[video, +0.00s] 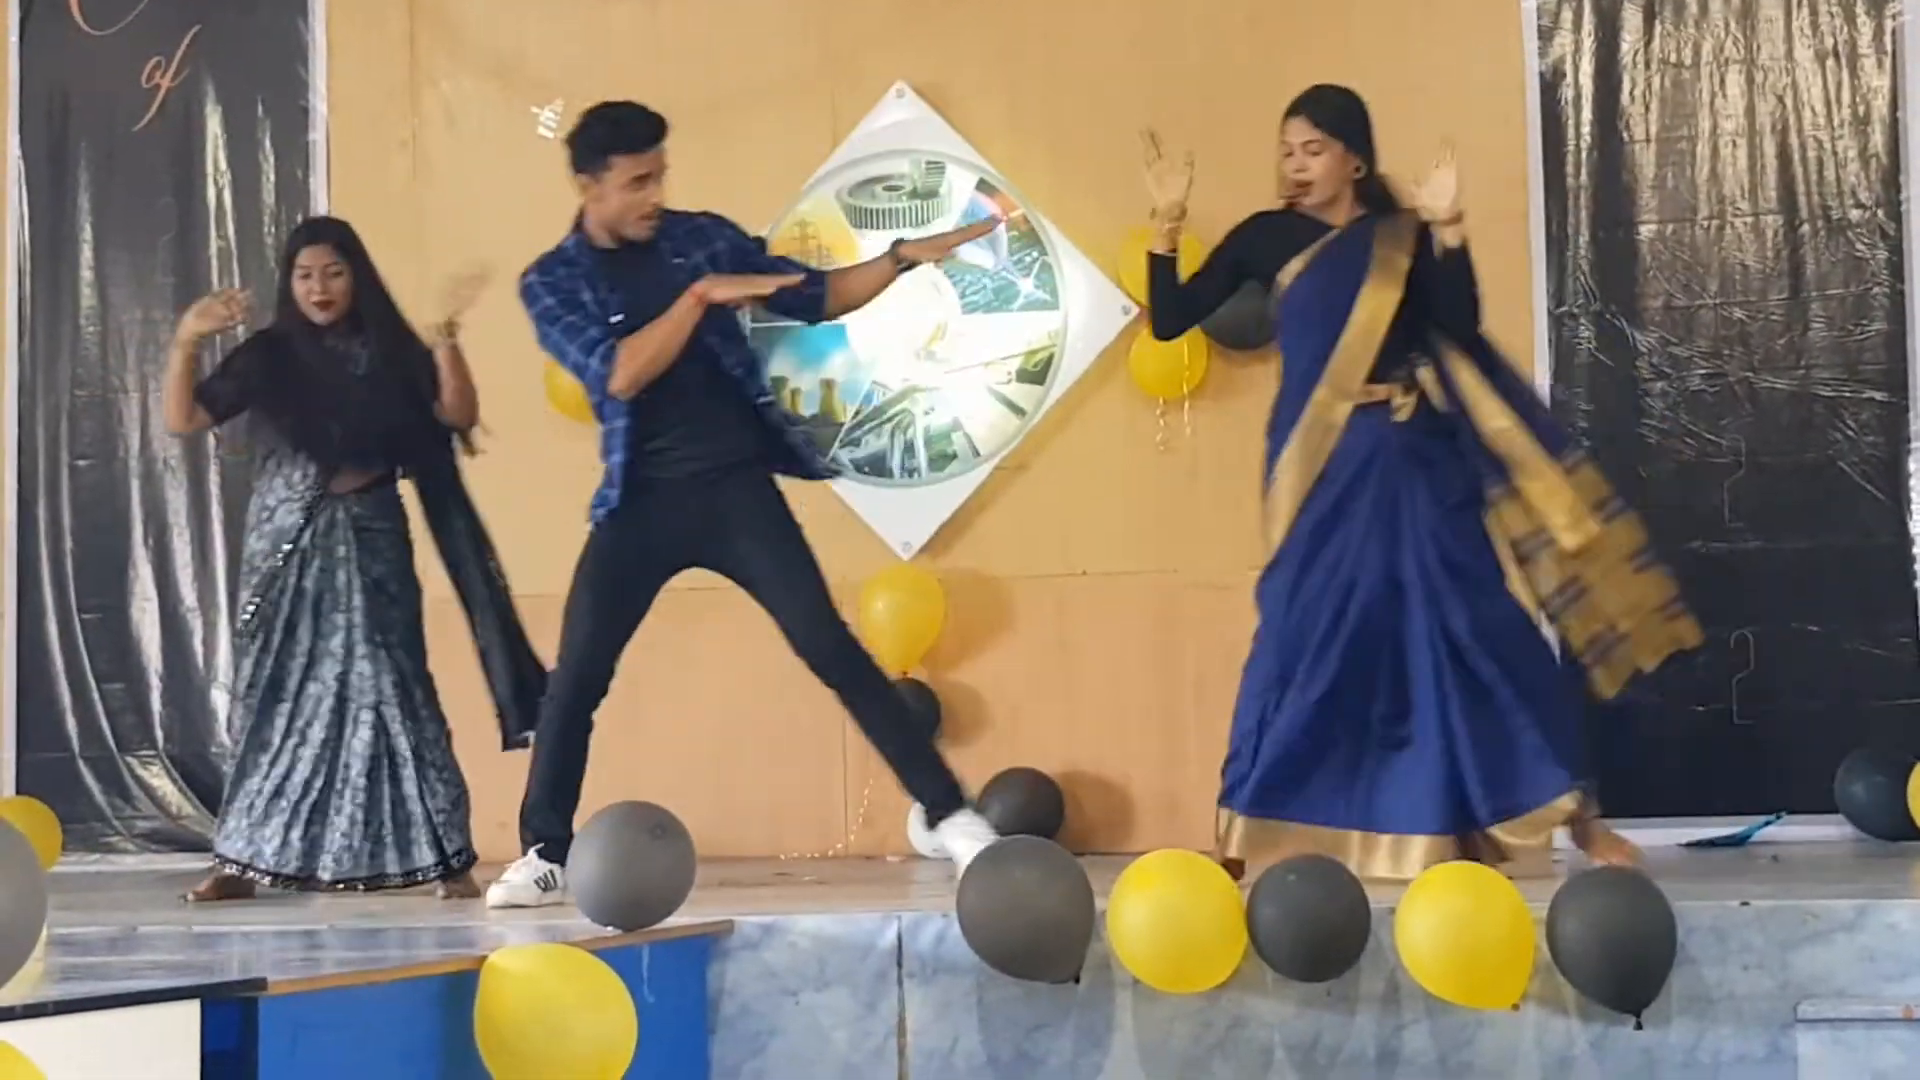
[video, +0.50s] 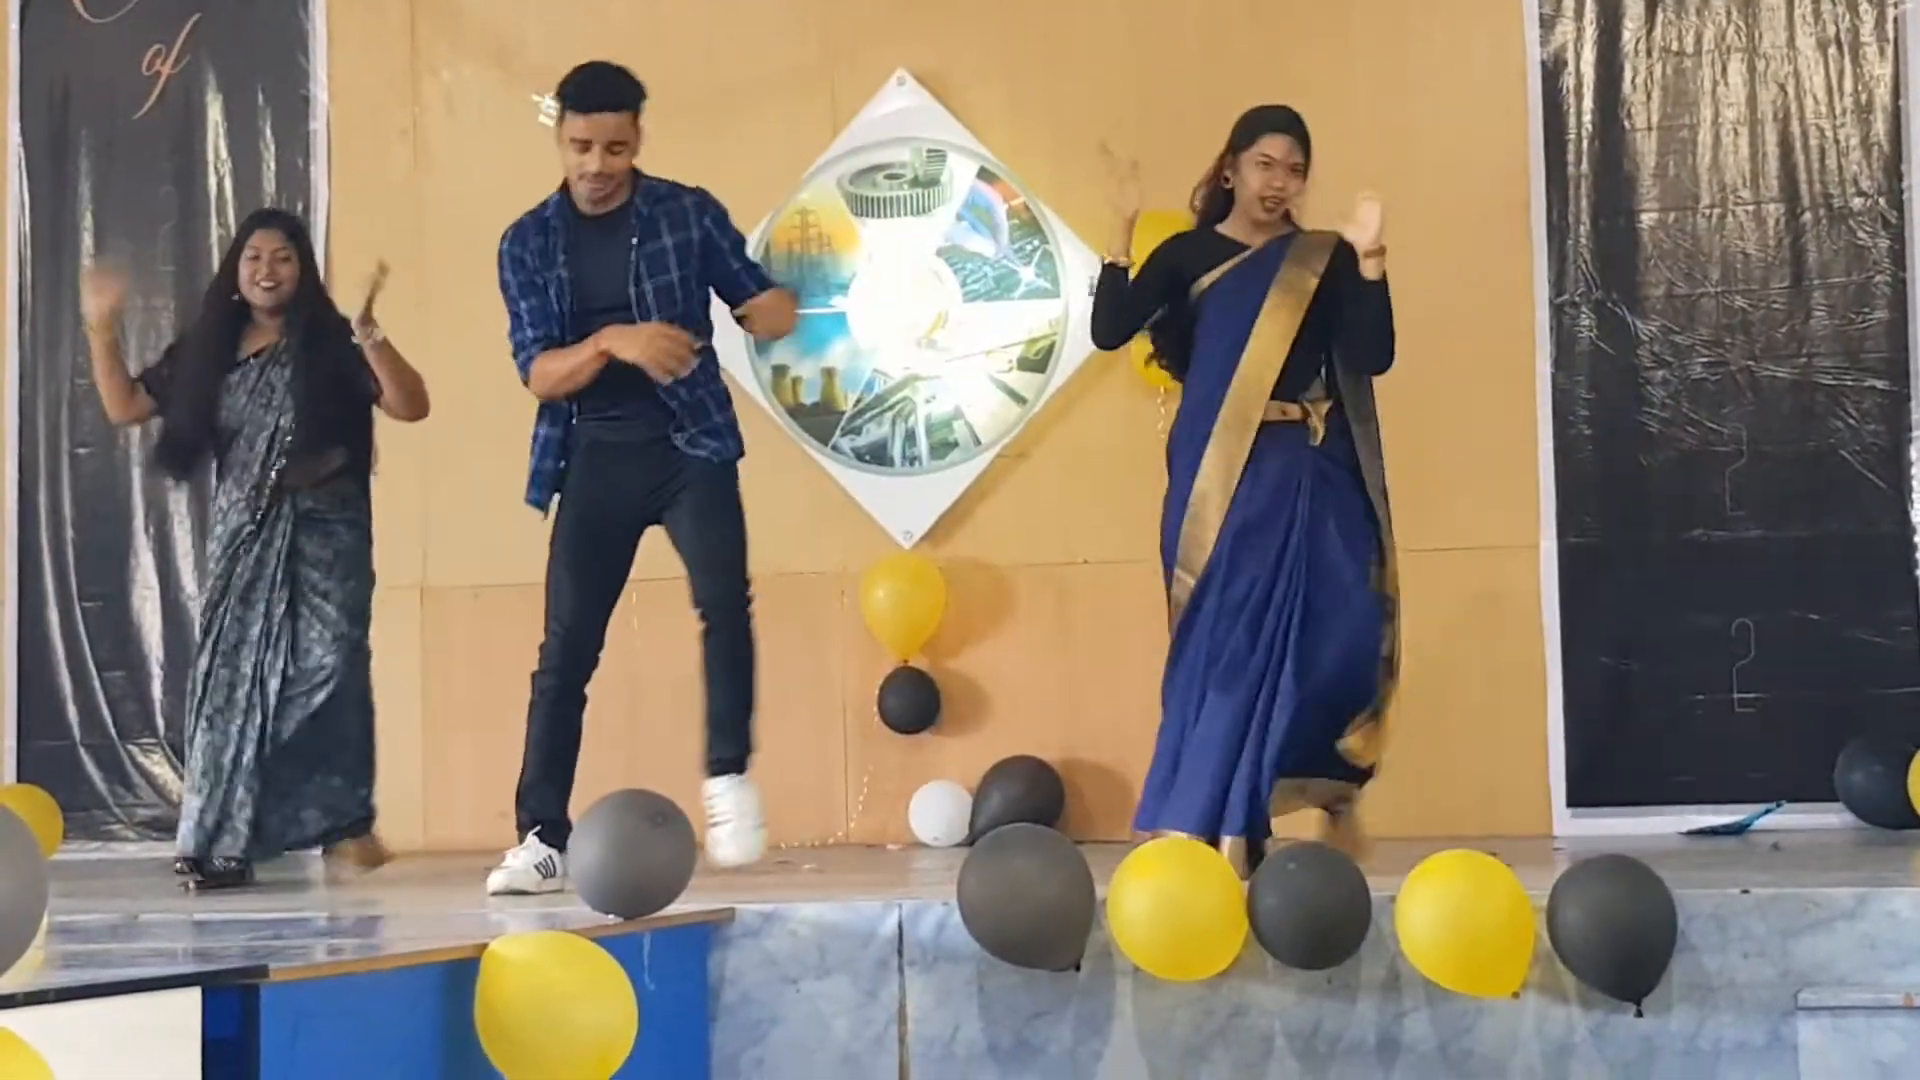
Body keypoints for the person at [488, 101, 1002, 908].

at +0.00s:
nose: (658, 194)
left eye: (661, 176)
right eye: (640, 181)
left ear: (661, 170)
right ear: (589, 184)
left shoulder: (700, 240)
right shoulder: (553, 281)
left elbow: (814, 295)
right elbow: (617, 375)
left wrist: (904, 255)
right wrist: (699, 298)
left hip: (738, 492)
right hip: (640, 507)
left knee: (826, 645)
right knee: (575, 681)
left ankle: (946, 813)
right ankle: (545, 855)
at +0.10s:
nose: (620, 191)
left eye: (623, 174)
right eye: (601, 180)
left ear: (625, 165)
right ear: (550, 182)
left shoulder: (670, 231)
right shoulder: (521, 278)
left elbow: (780, 284)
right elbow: (586, 379)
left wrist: (875, 263)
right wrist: (672, 308)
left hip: (712, 479)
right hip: (614, 496)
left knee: (779, 629)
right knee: (565, 673)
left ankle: (848, 805)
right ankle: (543, 853)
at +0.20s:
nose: (603, 175)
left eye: (607, 158)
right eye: (584, 164)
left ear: (611, 149)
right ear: (534, 166)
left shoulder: (656, 212)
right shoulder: (507, 263)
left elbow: (763, 270)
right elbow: (568, 368)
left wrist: (857, 253)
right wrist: (652, 293)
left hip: (696, 458)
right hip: (598, 476)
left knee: (727, 611)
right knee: (565, 659)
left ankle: (737, 781)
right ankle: (544, 846)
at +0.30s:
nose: (597, 166)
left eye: (602, 149)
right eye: (578, 157)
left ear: (606, 136)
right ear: (530, 156)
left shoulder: (657, 200)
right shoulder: (505, 254)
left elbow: (757, 269)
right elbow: (562, 362)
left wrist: (847, 256)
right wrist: (650, 293)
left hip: (686, 457)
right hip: (589, 469)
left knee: (692, 638)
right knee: (560, 655)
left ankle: (679, 824)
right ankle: (541, 843)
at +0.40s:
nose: (596, 171)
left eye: (604, 151)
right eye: (575, 158)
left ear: (615, 139)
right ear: (533, 155)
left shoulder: (667, 207)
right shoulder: (513, 260)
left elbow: (750, 287)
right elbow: (557, 379)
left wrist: (817, 281)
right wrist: (637, 317)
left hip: (684, 459)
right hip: (586, 467)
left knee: (687, 639)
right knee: (557, 653)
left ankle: (672, 822)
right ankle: (539, 841)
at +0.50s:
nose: (596, 166)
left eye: (615, 149)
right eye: (580, 149)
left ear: (640, 139)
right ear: (558, 140)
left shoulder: (689, 213)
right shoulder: (530, 242)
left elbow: (766, 311)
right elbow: (543, 377)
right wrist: (612, 340)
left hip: (693, 450)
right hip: (595, 460)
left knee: (724, 603)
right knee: (566, 649)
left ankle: (728, 784)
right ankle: (542, 839)